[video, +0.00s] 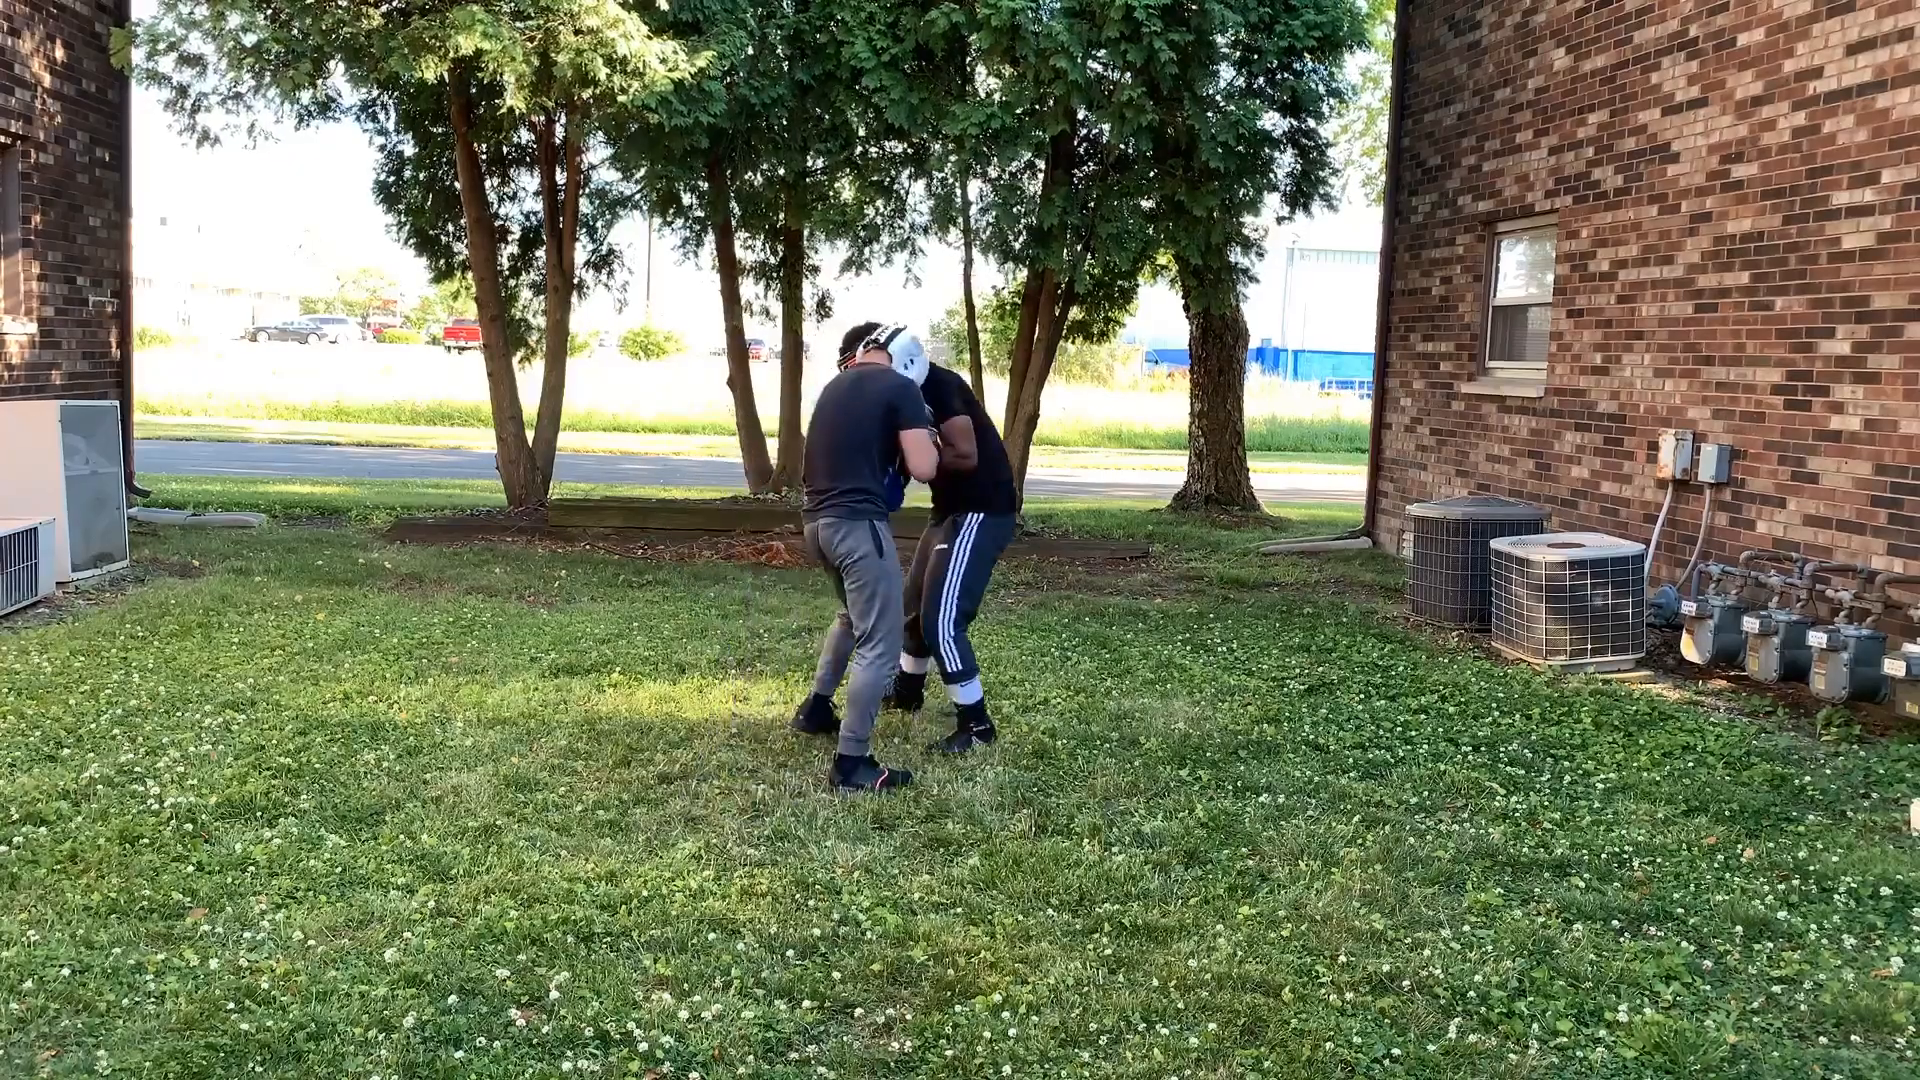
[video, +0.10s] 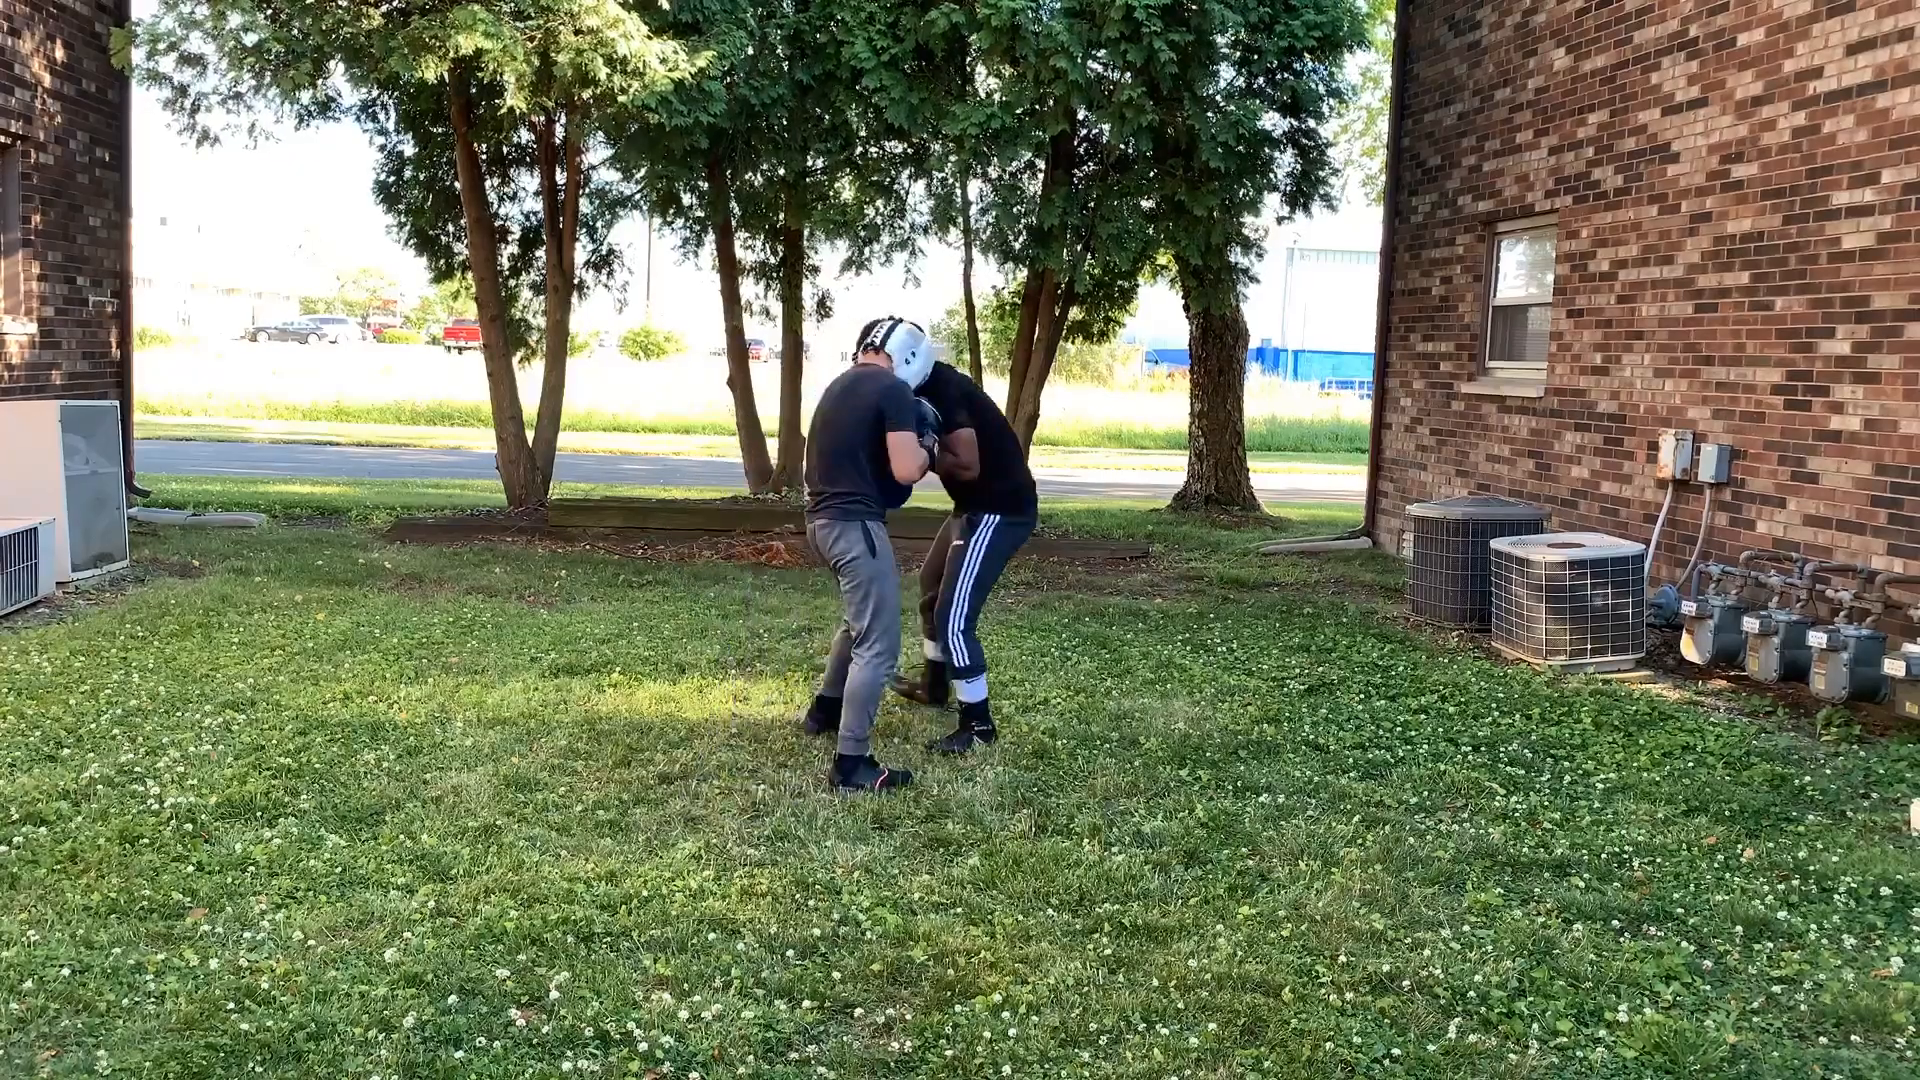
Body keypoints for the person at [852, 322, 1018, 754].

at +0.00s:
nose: (864, 380)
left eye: (868, 368)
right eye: (858, 372)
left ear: (898, 360)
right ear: (904, 361)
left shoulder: (940, 385)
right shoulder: (907, 401)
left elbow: (965, 455)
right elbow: (920, 462)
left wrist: (913, 452)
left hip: (980, 511)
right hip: (947, 511)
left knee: (942, 617)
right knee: (915, 604)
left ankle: (976, 723)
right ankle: (907, 690)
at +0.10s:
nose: (879, 376)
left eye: (884, 365)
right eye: (874, 367)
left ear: (907, 360)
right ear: (914, 357)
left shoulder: (945, 389)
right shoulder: (923, 392)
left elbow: (968, 467)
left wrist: (922, 450)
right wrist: (918, 446)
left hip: (999, 511)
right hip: (971, 506)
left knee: (953, 616)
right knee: (931, 584)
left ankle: (978, 725)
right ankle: (934, 685)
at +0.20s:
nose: (889, 381)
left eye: (891, 369)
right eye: (886, 370)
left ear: (915, 365)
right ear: (925, 358)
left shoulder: (962, 394)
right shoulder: (941, 392)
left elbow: (982, 476)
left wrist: (933, 459)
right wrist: (925, 451)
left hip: (1014, 510)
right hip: (989, 505)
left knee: (966, 612)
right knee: (965, 594)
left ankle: (979, 722)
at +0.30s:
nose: (902, 395)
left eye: (906, 385)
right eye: (900, 385)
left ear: (930, 380)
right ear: (940, 373)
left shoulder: (980, 410)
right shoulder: (954, 405)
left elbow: (993, 493)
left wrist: (949, 473)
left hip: (1019, 521)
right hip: (1017, 518)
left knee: (959, 613)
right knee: (1016, 612)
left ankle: (978, 724)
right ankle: (1057, 689)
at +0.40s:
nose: (921, 414)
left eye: (923, 404)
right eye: (919, 405)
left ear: (945, 399)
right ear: (958, 391)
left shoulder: (986, 426)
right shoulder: (983, 416)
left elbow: (989, 506)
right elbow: (987, 495)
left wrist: (952, 491)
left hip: (1024, 529)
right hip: (1035, 526)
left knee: (958, 613)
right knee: (1003, 615)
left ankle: (977, 724)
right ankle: (1056, 689)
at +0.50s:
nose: (926, 417)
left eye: (926, 406)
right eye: (922, 408)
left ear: (945, 398)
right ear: (962, 391)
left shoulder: (984, 428)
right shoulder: (990, 415)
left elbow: (1000, 505)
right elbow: (991, 496)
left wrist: (955, 496)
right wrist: (950, 490)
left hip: (1029, 525)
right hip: (1044, 523)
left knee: (960, 609)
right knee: (1008, 613)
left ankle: (976, 725)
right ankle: (1056, 689)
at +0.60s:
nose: (922, 414)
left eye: (924, 404)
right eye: (919, 404)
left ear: (942, 397)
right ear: (960, 392)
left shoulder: (976, 428)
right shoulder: (986, 413)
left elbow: (997, 509)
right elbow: (991, 501)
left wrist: (952, 495)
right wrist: (952, 492)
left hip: (1031, 525)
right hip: (1053, 523)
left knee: (964, 616)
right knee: (1016, 612)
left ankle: (977, 728)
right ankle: (1058, 692)